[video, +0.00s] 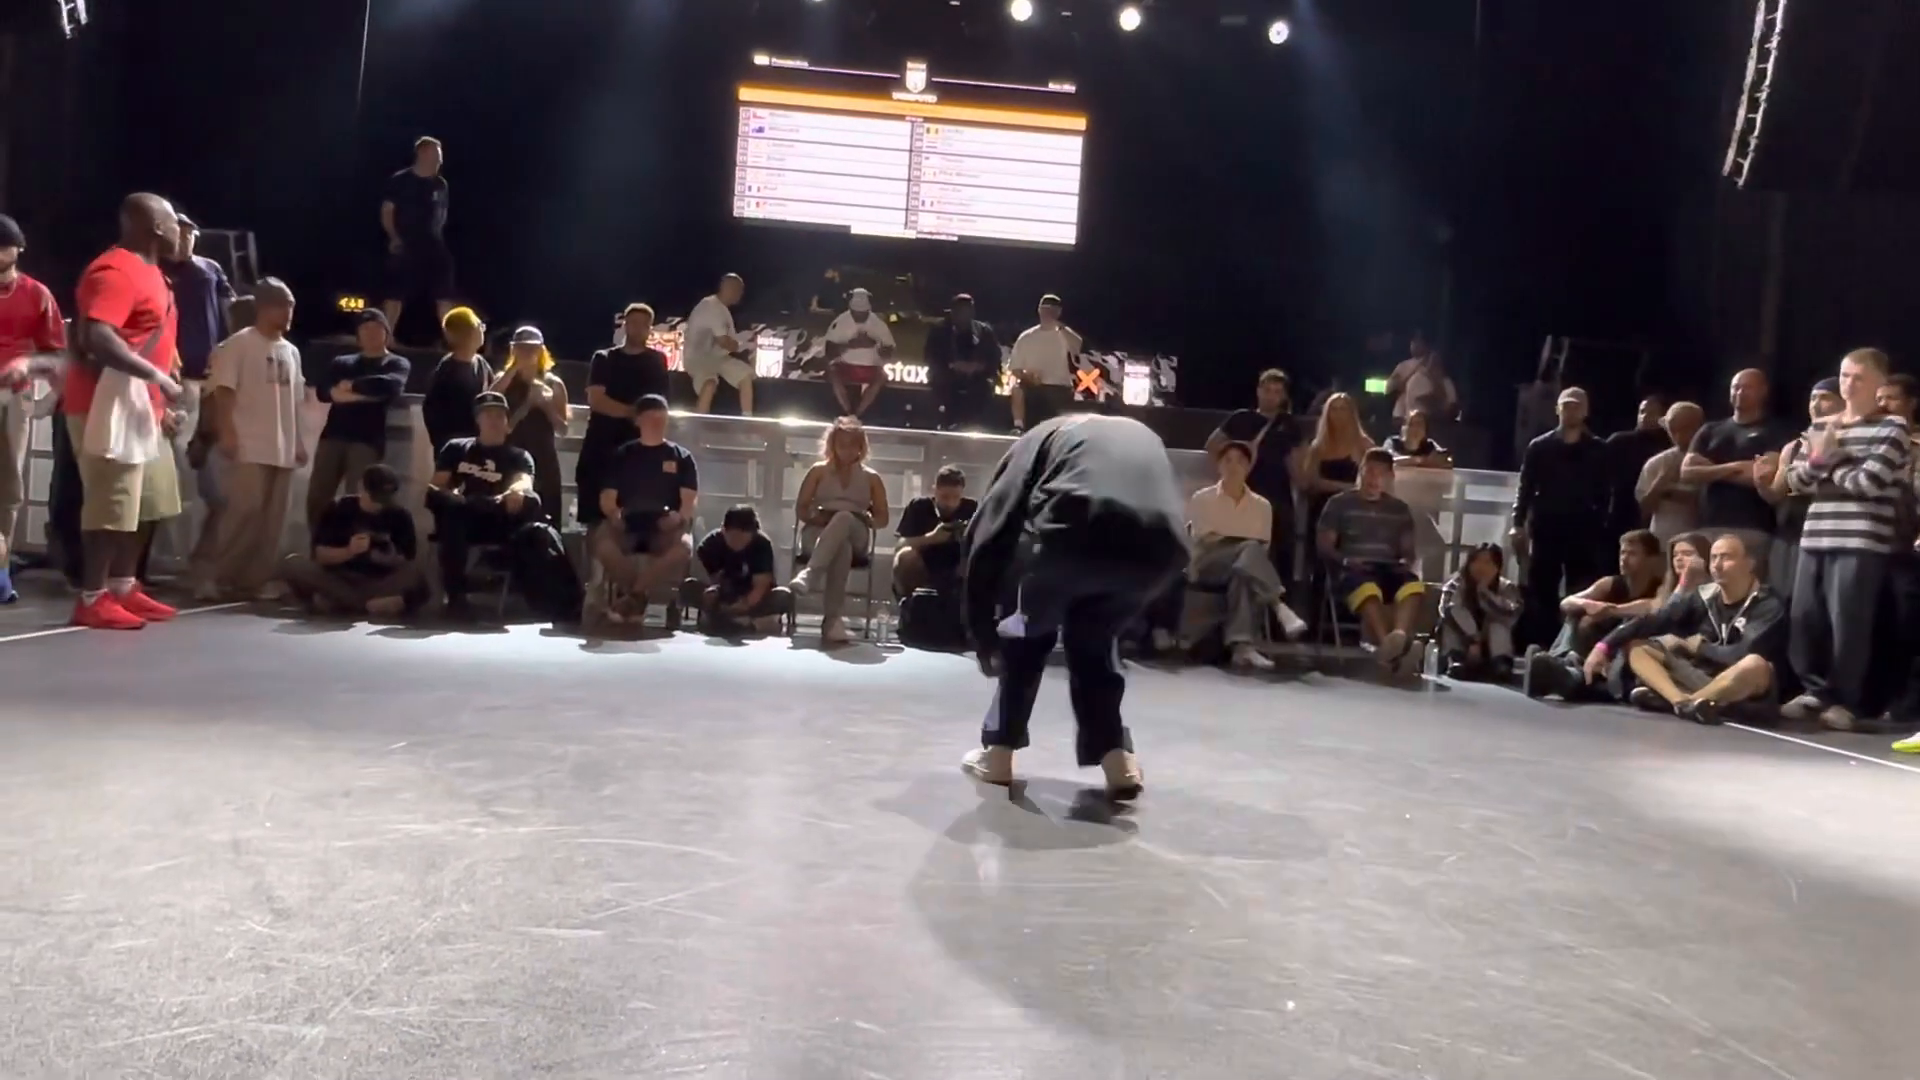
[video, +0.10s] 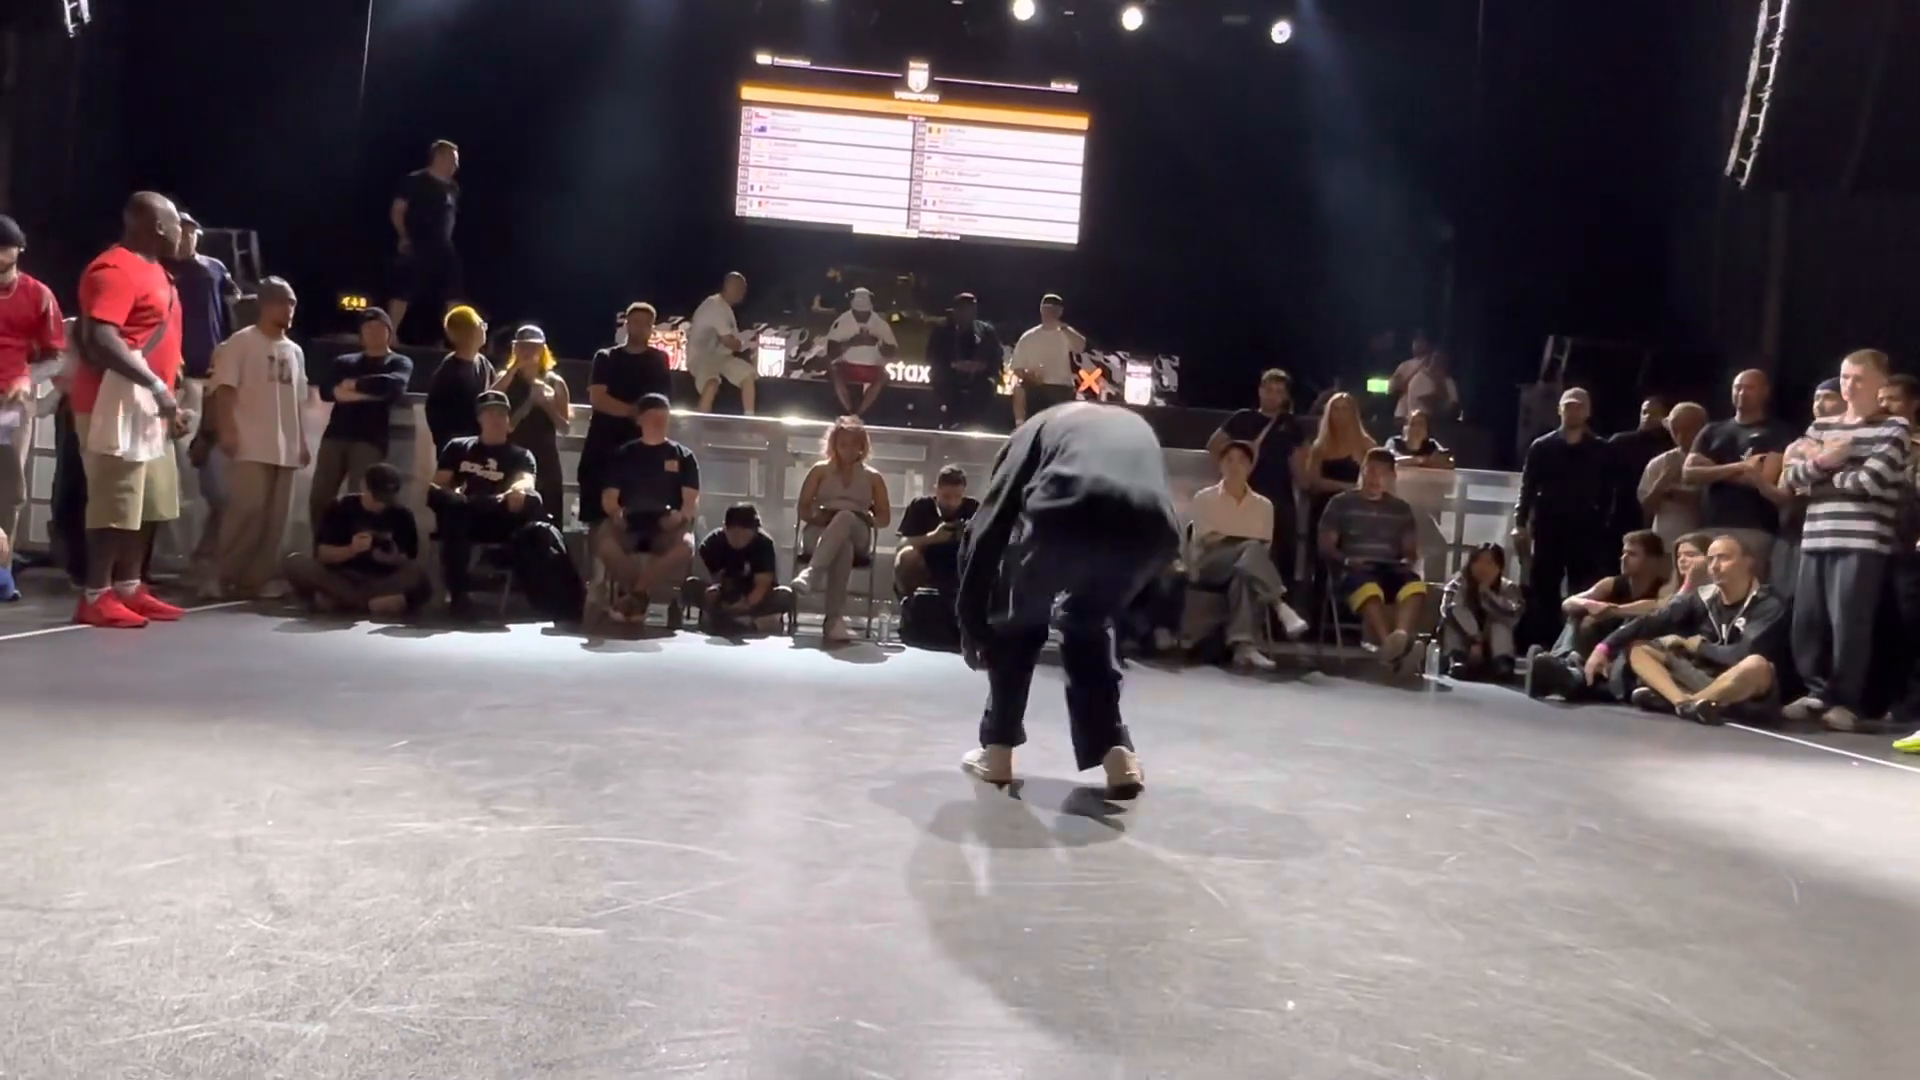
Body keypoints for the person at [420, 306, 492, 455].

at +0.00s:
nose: (483, 328)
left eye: (481, 324)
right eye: (478, 325)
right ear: (468, 334)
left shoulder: (481, 364)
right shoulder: (445, 372)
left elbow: (489, 397)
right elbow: (430, 407)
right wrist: (441, 443)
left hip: (478, 441)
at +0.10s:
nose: (485, 327)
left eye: (482, 323)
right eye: (480, 324)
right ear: (469, 333)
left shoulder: (484, 364)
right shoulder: (447, 372)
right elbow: (433, 408)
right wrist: (444, 443)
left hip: (480, 442)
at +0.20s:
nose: (487, 326)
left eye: (484, 322)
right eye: (482, 324)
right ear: (471, 332)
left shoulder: (485, 363)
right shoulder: (448, 372)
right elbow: (435, 409)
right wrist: (445, 442)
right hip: (455, 447)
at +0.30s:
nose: (491, 326)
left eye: (488, 322)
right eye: (485, 323)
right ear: (473, 331)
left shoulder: (488, 362)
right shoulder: (449, 372)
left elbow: (495, 398)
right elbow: (437, 410)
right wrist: (448, 444)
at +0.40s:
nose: (493, 326)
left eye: (491, 322)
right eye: (489, 323)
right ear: (478, 331)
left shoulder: (490, 362)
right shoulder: (452, 369)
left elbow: (496, 398)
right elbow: (439, 406)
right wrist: (448, 441)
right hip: (457, 443)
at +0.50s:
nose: (495, 324)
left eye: (492, 320)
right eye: (490, 321)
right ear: (476, 330)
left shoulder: (492, 362)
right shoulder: (453, 369)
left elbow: (497, 400)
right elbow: (440, 406)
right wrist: (449, 440)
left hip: (487, 441)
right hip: (458, 444)